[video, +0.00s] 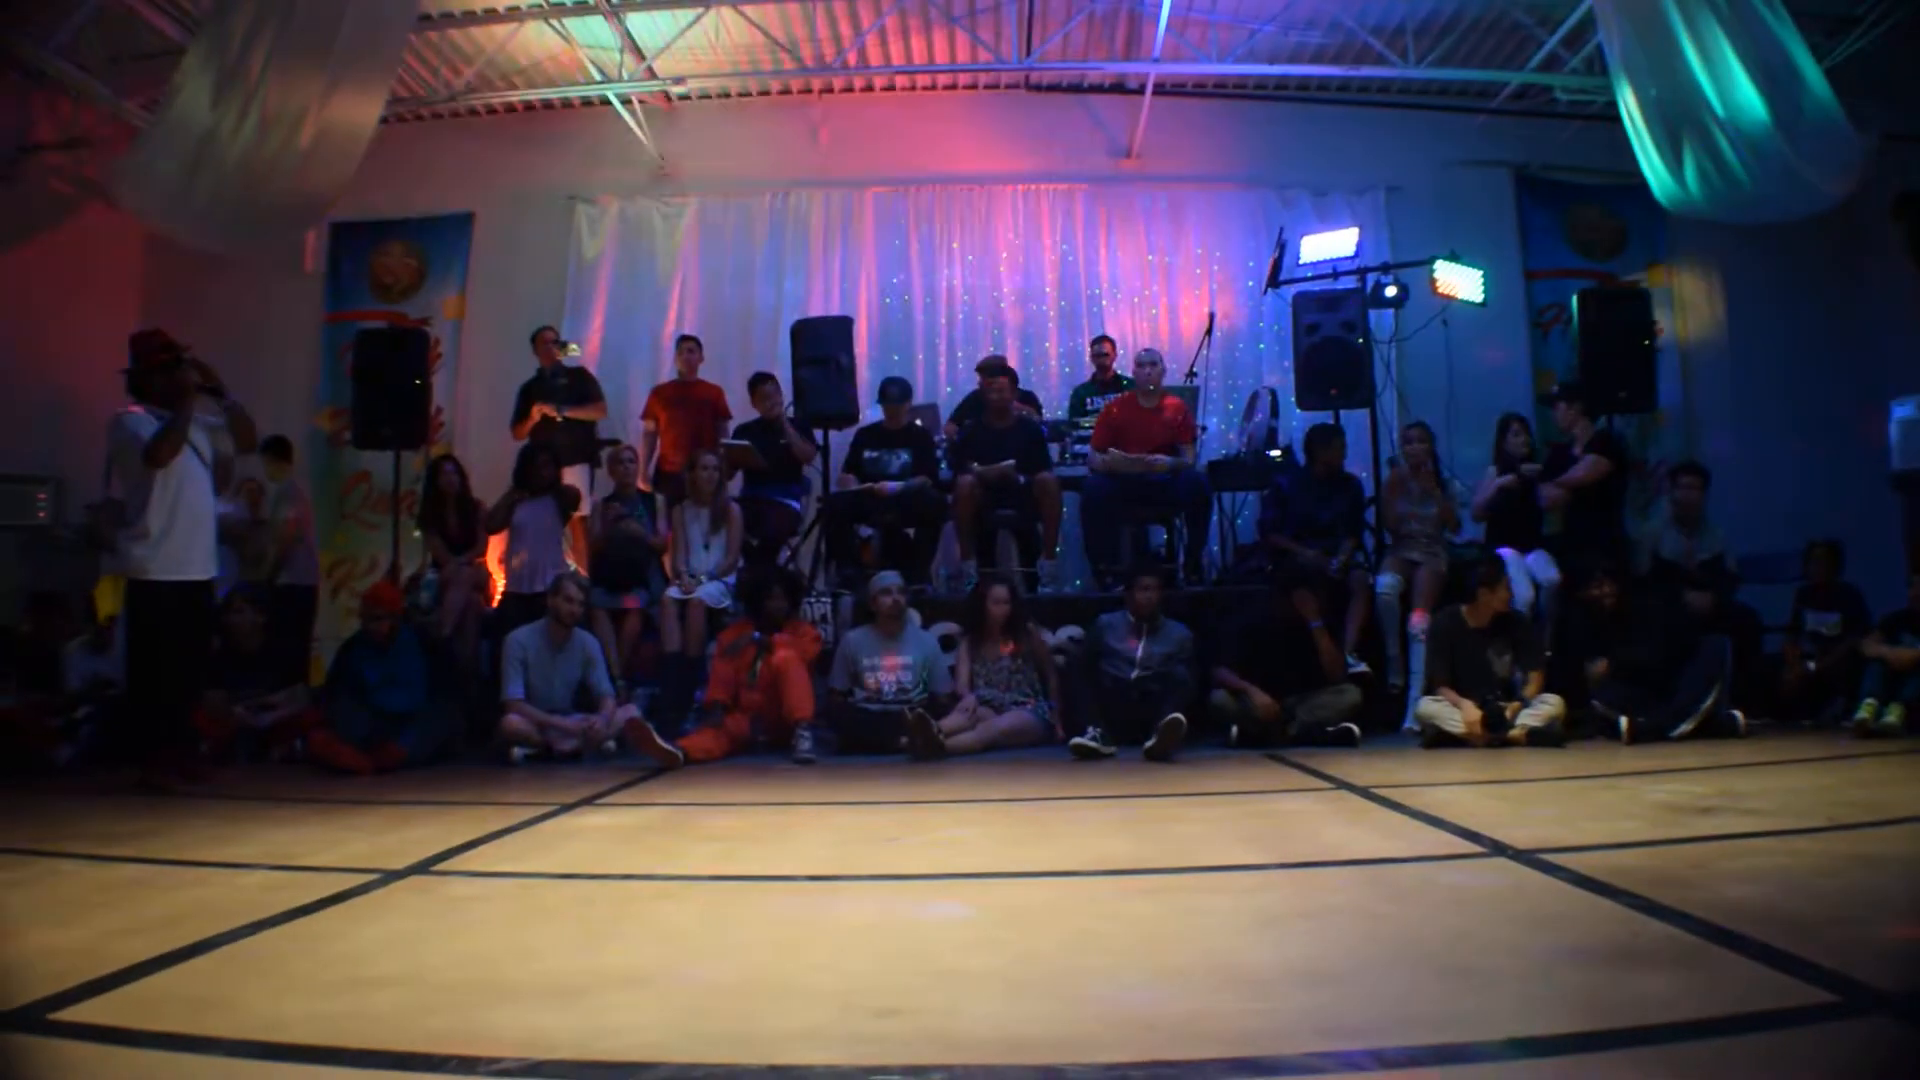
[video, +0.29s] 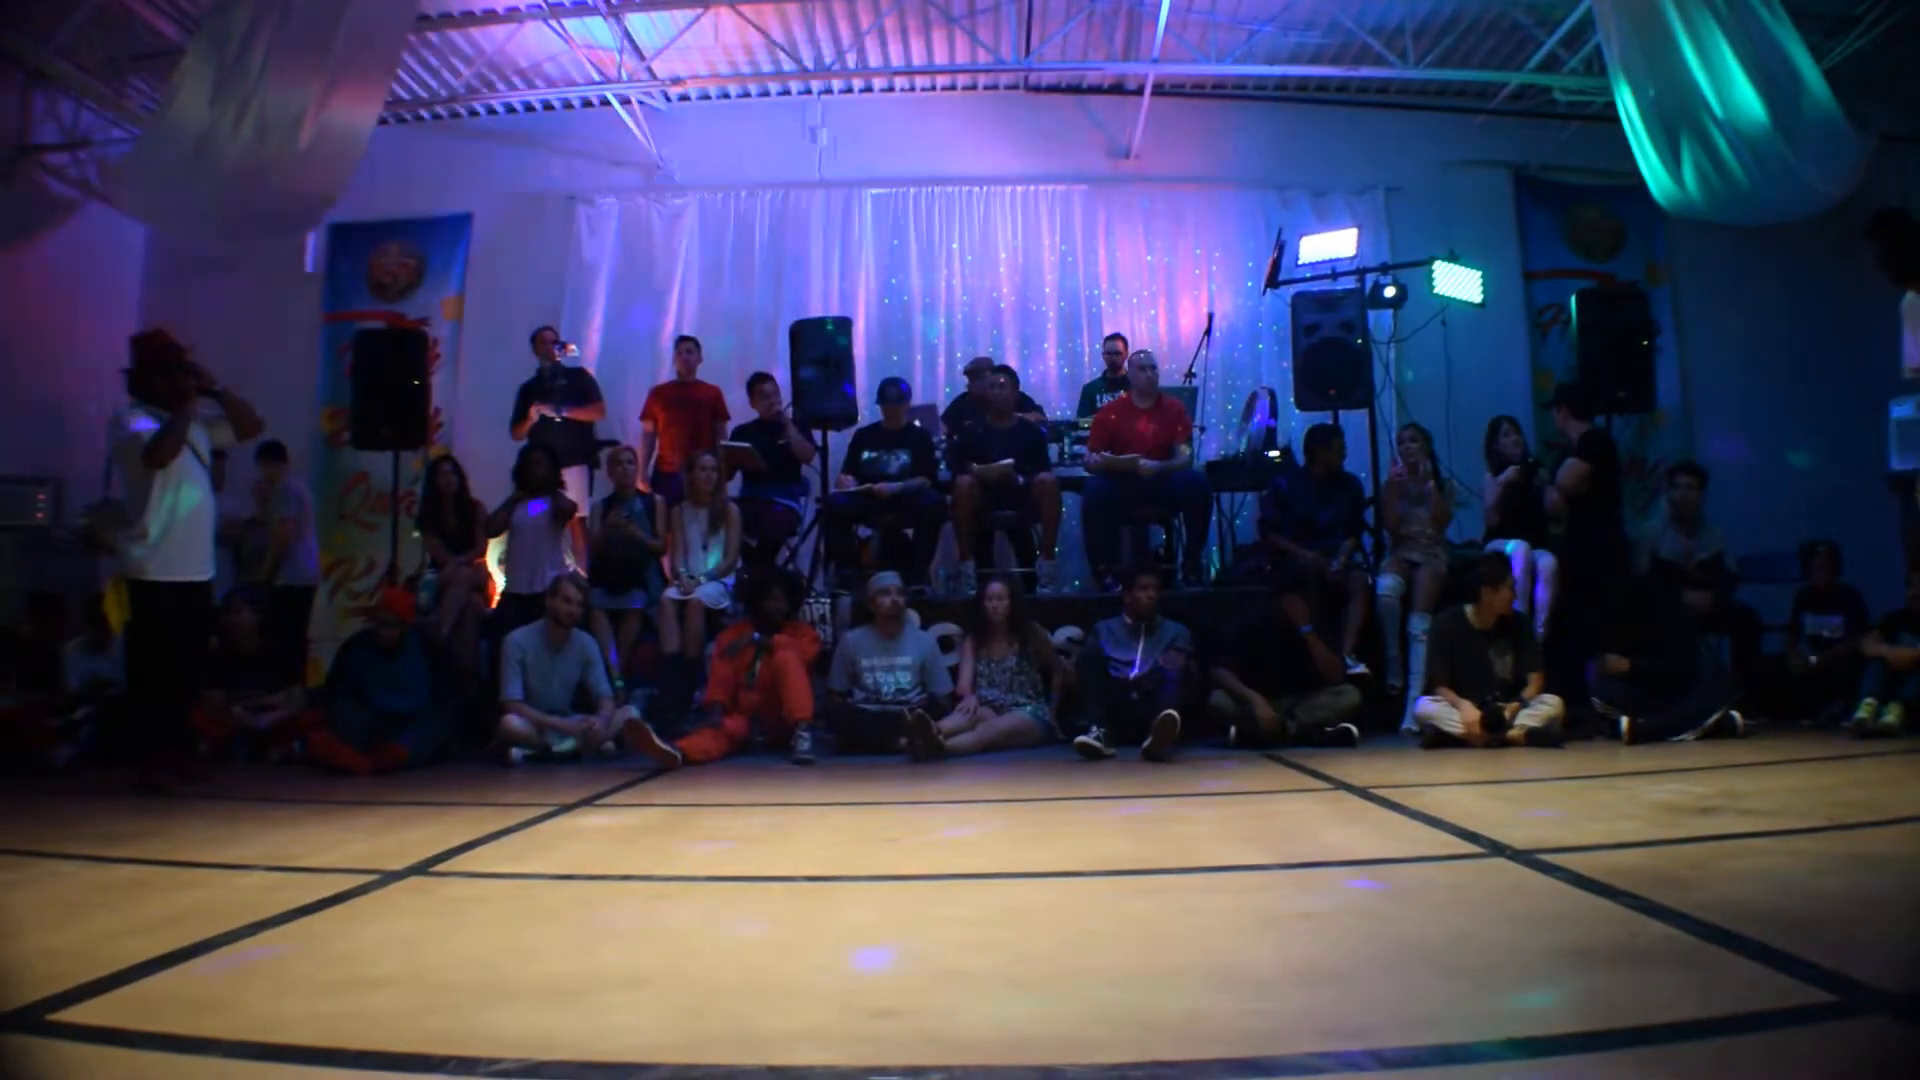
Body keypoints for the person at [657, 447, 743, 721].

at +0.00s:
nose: (709, 475)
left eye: (714, 469)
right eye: (703, 469)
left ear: (721, 475)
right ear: (692, 474)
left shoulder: (730, 510)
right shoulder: (681, 511)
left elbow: (732, 557)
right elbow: (677, 553)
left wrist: (709, 578)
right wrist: (682, 576)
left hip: (719, 576)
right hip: (689, 576)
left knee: (697, 602)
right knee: (668, 600)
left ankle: (692, 672)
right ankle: (670, 670)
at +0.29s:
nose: (707, 476)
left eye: (713, 470)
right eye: (702, 470)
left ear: (720, 476)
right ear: (691, 475)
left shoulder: (729, 510)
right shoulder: (680, 511)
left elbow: (731, 558)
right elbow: (676, 553)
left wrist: (706, 579)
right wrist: (681, 577)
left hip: (718, 577)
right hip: (687, 576)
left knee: (695, 603)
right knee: (667, 601)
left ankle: (690, 674)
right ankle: (670, 672)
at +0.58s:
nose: (707, 477)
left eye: (711, 471)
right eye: (701, 471)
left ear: (718, 477)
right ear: (688, 476)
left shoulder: (727, 512)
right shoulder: (678, 514)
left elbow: (730, 559)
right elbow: (675, 555)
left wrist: (705, 580)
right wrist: (679, 579)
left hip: (716, 579)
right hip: (686, 579)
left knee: (694, 605)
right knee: (666, 601)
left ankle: (689, 677)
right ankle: (668, 674)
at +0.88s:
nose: (703, 479)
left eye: (707, 473)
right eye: (697, 473)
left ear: (714, 479)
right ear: (684, 479)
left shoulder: (724, 513)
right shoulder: (674, 515)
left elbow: (726, 560)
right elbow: (672, 557)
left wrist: (700, 582)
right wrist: (676, 581)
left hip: (714, 580)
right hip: (683, 580)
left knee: (690, 606)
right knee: (662, 603)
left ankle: (685, 679)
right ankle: (665, 677)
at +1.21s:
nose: (701, 479)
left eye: (706, 473)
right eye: (695, 473)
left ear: (713, 479)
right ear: (683, 479)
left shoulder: (723, 514)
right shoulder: (673, 515)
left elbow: (725, 561)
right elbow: (671, 556)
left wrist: (699, 581)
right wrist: (675, 579)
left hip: (711, 580)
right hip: (680, 580)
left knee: (689, 606)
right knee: (661, 604)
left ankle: (683, 680)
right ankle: (664, 678)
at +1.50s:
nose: (702, 479)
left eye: (707, 474)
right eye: (696, 474)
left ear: (713, 480)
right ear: (683, 479)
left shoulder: (722, 514)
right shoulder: (672, 516)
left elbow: (725, 560)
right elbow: (669, 557)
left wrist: (698, 582)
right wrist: (674, 580)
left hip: (710, 581)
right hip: (678, 581)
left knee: (689, 605)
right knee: (661, 603)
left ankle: (683, 679)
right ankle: (664, 677)